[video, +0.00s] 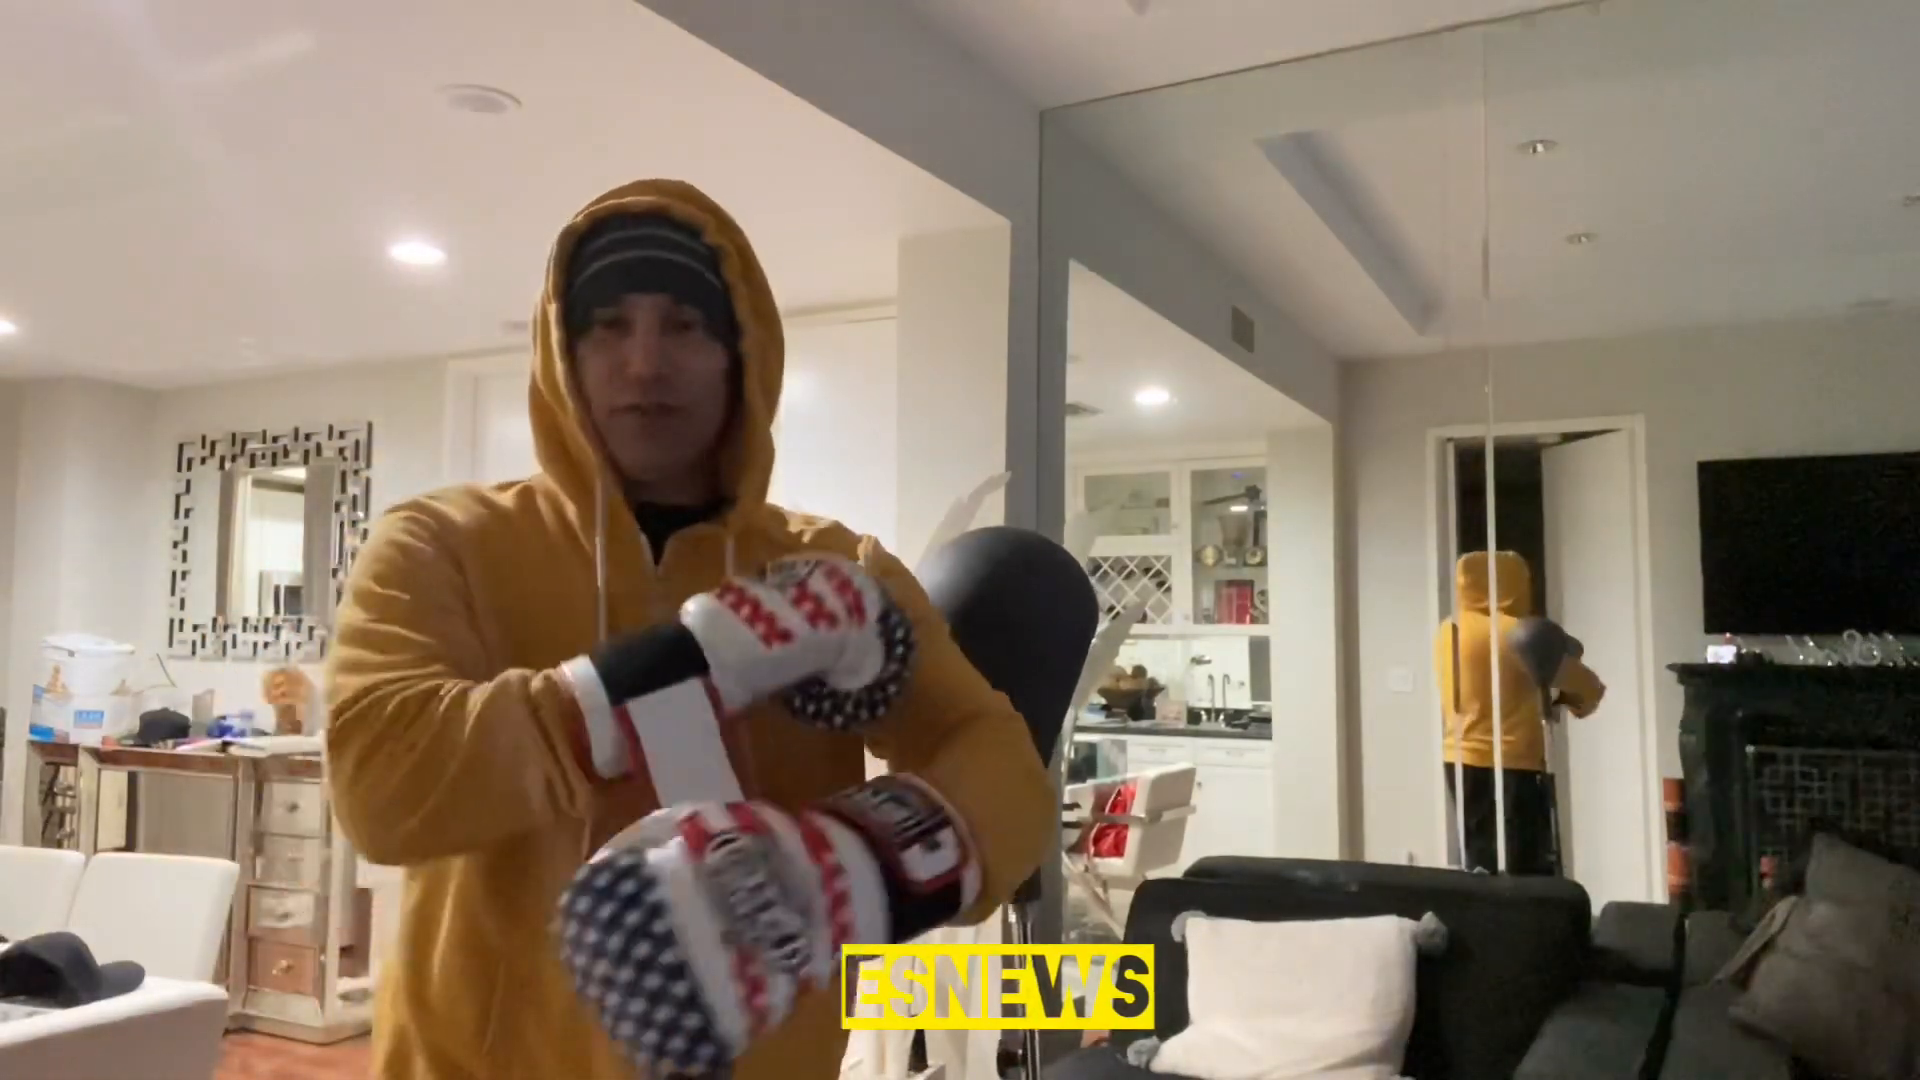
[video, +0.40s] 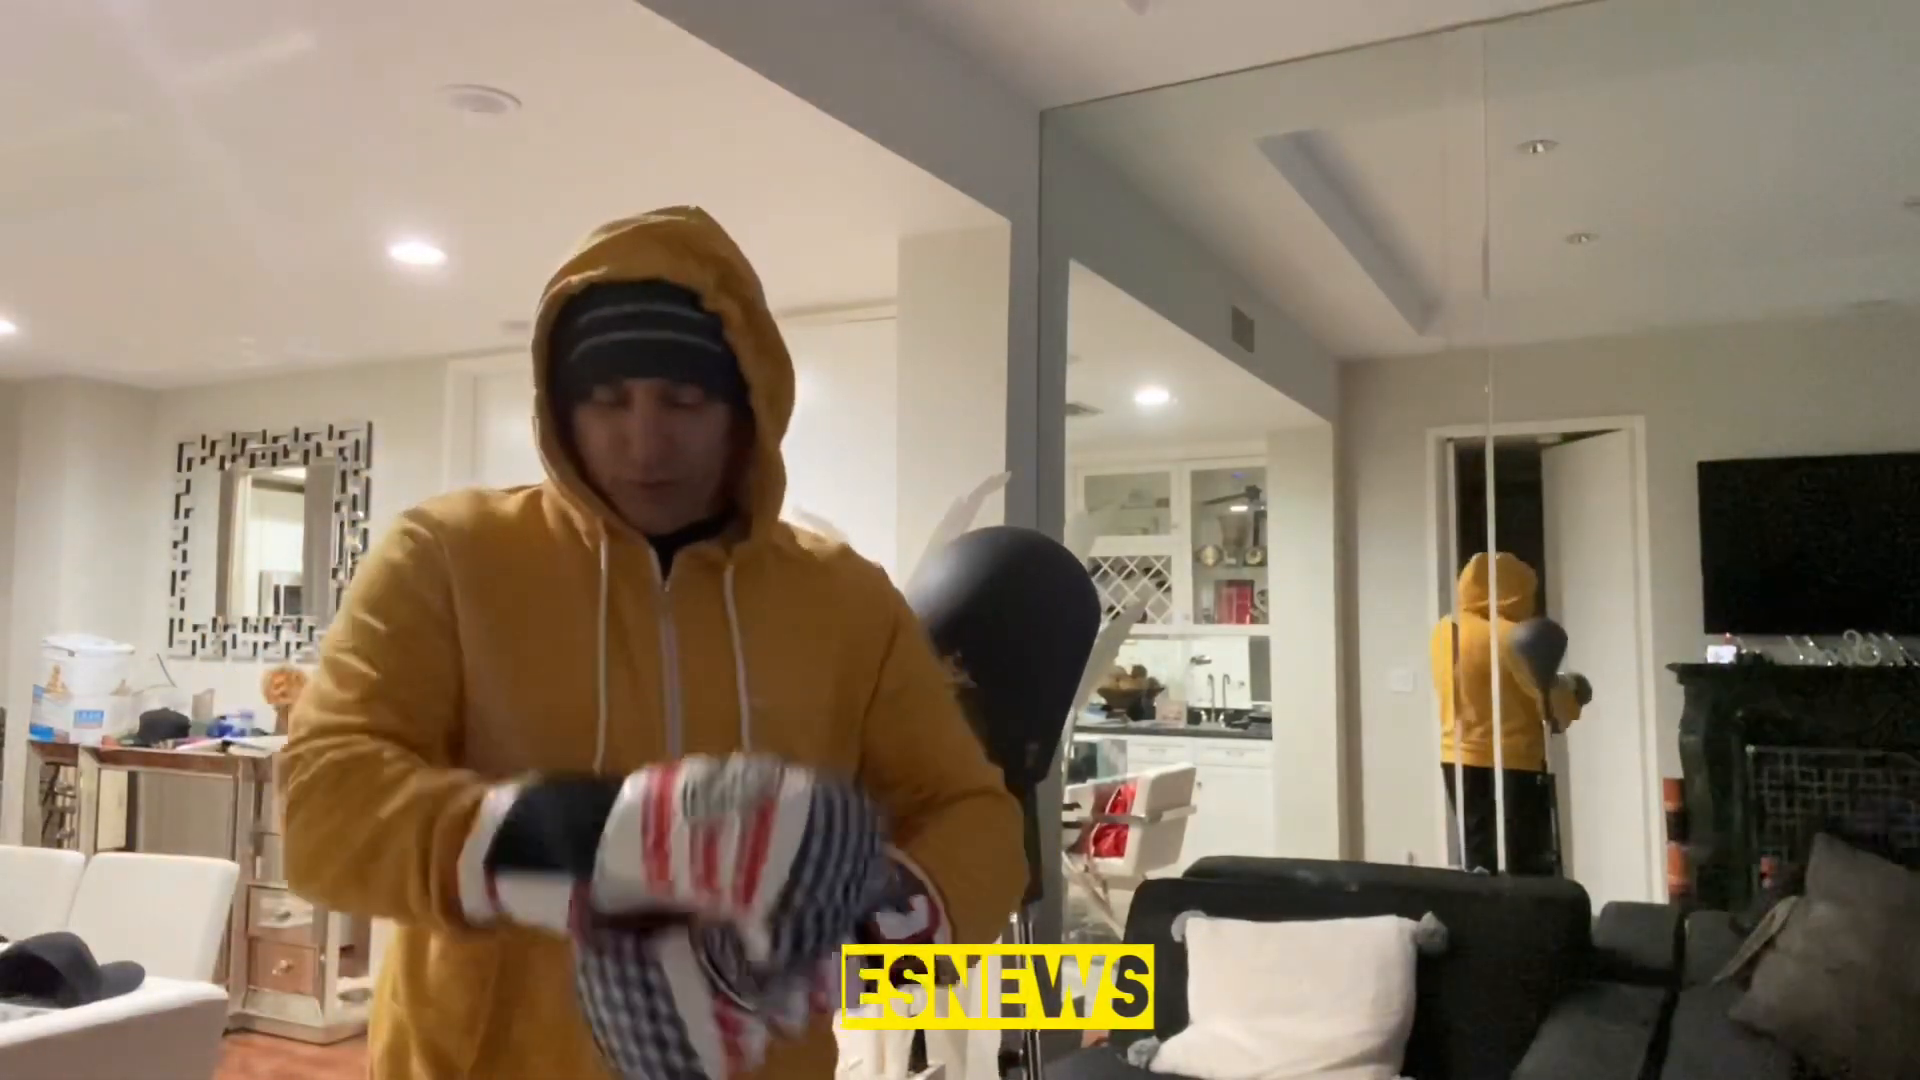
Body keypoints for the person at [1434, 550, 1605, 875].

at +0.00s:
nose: (1527, 590)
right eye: (1522, 584)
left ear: (1466, 587)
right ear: (1513, 587)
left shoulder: (1446, 634)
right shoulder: (1525, 635)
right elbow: (1589, 690)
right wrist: (1566, 701)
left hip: (1461, 764)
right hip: (1518, 767)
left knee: (1476, 859)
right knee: (1527, 864)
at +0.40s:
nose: (1529, 599)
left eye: (1527, 591)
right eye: (1525, 590)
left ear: (1469, 587)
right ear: (1514, 591)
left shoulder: (1443, 632)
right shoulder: (1515, 637)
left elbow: (1453, 690)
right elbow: (1555, 703)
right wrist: (1571, 693)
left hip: (1459, 764)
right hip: (1516, 766)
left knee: (1477, 857)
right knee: (1529, 859)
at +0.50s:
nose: (1528, 600)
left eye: (1528, 593)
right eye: (1525, 592)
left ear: (1471, 588)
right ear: (1514, 592)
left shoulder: (1442, 632)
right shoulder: (1509, 636)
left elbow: (1451, 695)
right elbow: (1538, 704)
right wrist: (1565, 725)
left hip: (1459, 766)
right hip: (1513, 768)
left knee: (1478, 857)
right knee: (1526, 860)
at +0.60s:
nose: (1534, 607)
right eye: (1531, 600)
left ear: (1472, 590)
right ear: (1521, 596)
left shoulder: (1443, 633)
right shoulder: (1529, 637)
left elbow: (1448, 700)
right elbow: (1555, 706)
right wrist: (1565, 744)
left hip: (1460, 763)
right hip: (1519, 765)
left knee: (1477, 851)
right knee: (1529, 854)